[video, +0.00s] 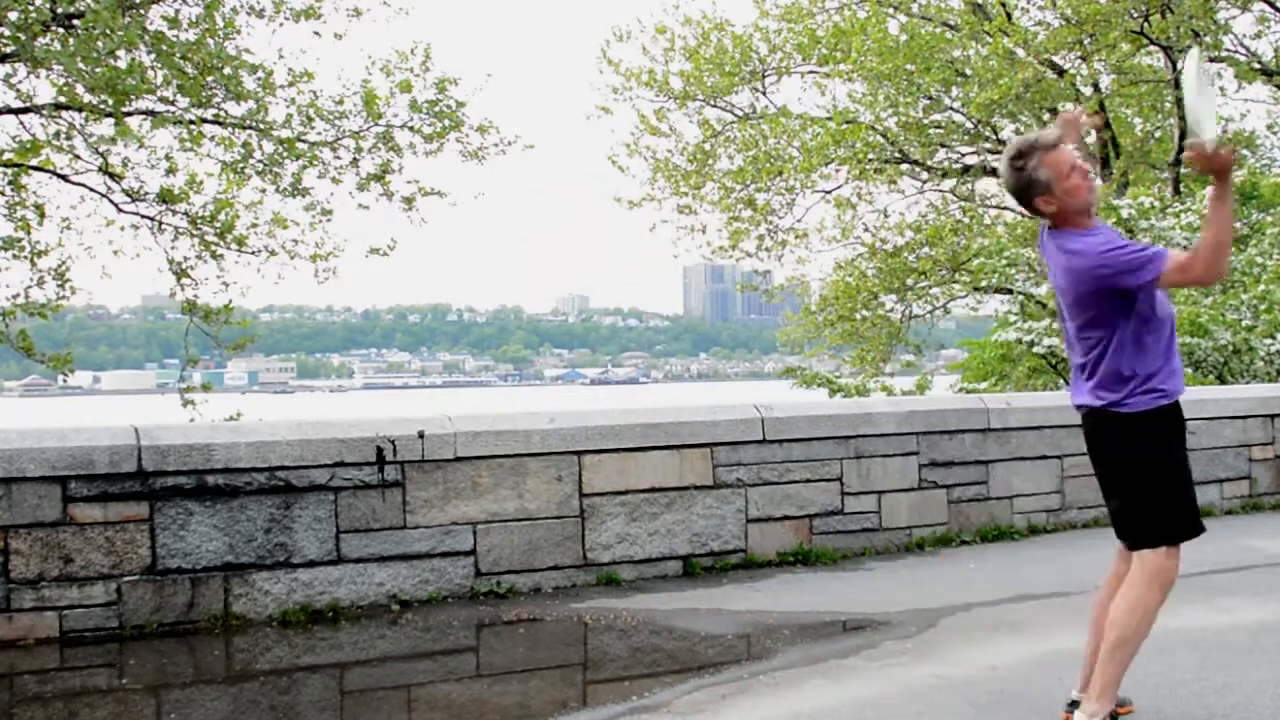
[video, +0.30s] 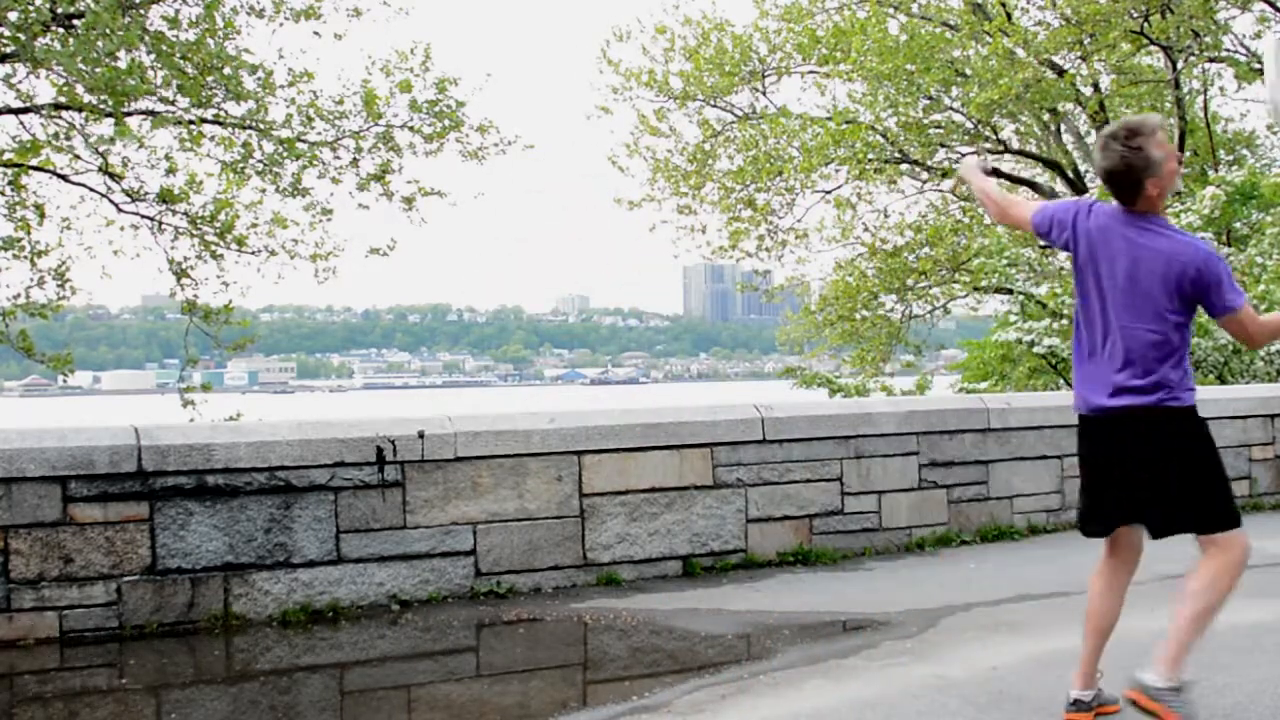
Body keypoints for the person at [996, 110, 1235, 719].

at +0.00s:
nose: (1084, 168)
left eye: (1079, 160)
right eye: (1072, 170)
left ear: (1052, 201)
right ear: (1049, 202)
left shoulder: (1061, 236)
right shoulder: (1095, 254)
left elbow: (1069, 188)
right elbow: (1207, 269)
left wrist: (1066, 137)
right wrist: (1222, 181)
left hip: (1112, 412)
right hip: (1137, 416)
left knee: (1133, 558)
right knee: (1159, 563)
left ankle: (1088, 695)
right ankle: (1096, 706)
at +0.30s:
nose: (1179, 158)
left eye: (1173, 151)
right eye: (1171, 155)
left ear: (1124, 181)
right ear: (1152, 184)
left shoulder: (1083, 219)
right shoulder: (1191, 256)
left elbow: (1005, 209)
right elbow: (1253, 332)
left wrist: (972, 172)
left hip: (1099, 422)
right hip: (1168, 422)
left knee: (1121, 549)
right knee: (1227, 547)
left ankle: (1082, 689)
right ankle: (1161, 676)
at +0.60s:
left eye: (1227, 183)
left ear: (1217, 206)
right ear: (1273, 217)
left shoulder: (1174, 255)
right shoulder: (1272, 268)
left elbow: (1087, 220)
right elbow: (1260, 217)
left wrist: (1048, 170)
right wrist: (1256, 163)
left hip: (1168, 436)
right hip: (1244, 436)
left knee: (1143, 551)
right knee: (1270, 567)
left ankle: (1094, 684)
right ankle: (1279, 707)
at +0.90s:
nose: (1269, 179)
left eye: (1273, 172)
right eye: (1273, 171)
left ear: (1278, 178)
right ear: (1277, 181)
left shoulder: (1256, 245)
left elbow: (1149, 282)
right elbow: (1267, 313)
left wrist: (1059, 300)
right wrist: (1211, 329)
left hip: (1232, 422)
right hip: (1277, 429)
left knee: (1167, 543)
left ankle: (1159, 687)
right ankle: (1279, 705)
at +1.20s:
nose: (1262, 157)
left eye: (1274, 147)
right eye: (1259, 145)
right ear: (1254, 145)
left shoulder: (1273, 218)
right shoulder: (1262, 219)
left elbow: (1184, 241)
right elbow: (1268, 315)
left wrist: (1077, 262)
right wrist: (1222, 373)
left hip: (1262, 406)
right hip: (1266, 405)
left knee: (1228, 572)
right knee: (1278, 564)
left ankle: (1279, 704)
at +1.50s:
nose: (1254, 131)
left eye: (1269, 120)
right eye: (1249, 118)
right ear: (1243, 122)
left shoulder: (1275, 191)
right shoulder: (1249, 205)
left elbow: (1205, 199)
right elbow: (1225, 318)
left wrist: (1127, 185)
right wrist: (1156, 376)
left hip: (1258, 404)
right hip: (1235, 403)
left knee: (1248, 580)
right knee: (1244, 576)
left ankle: (1265, 709)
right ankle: (1262, 705)